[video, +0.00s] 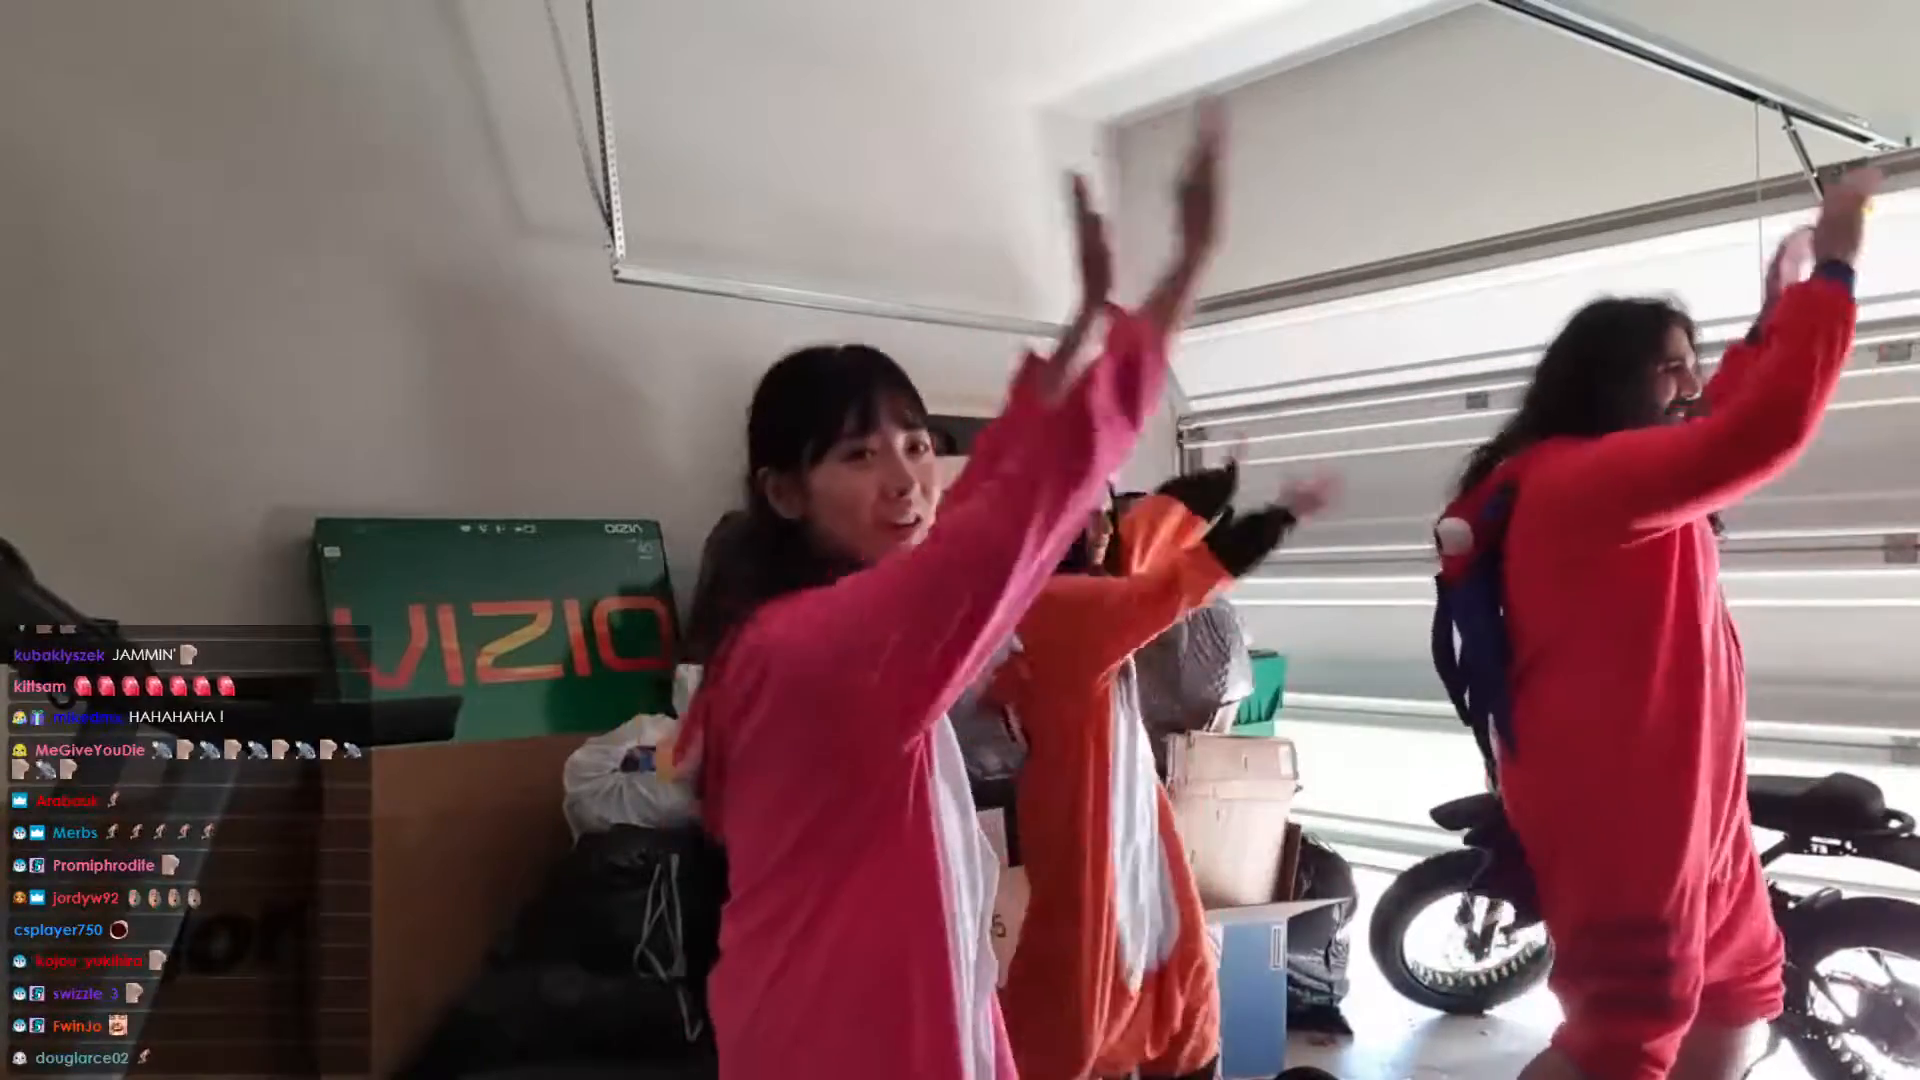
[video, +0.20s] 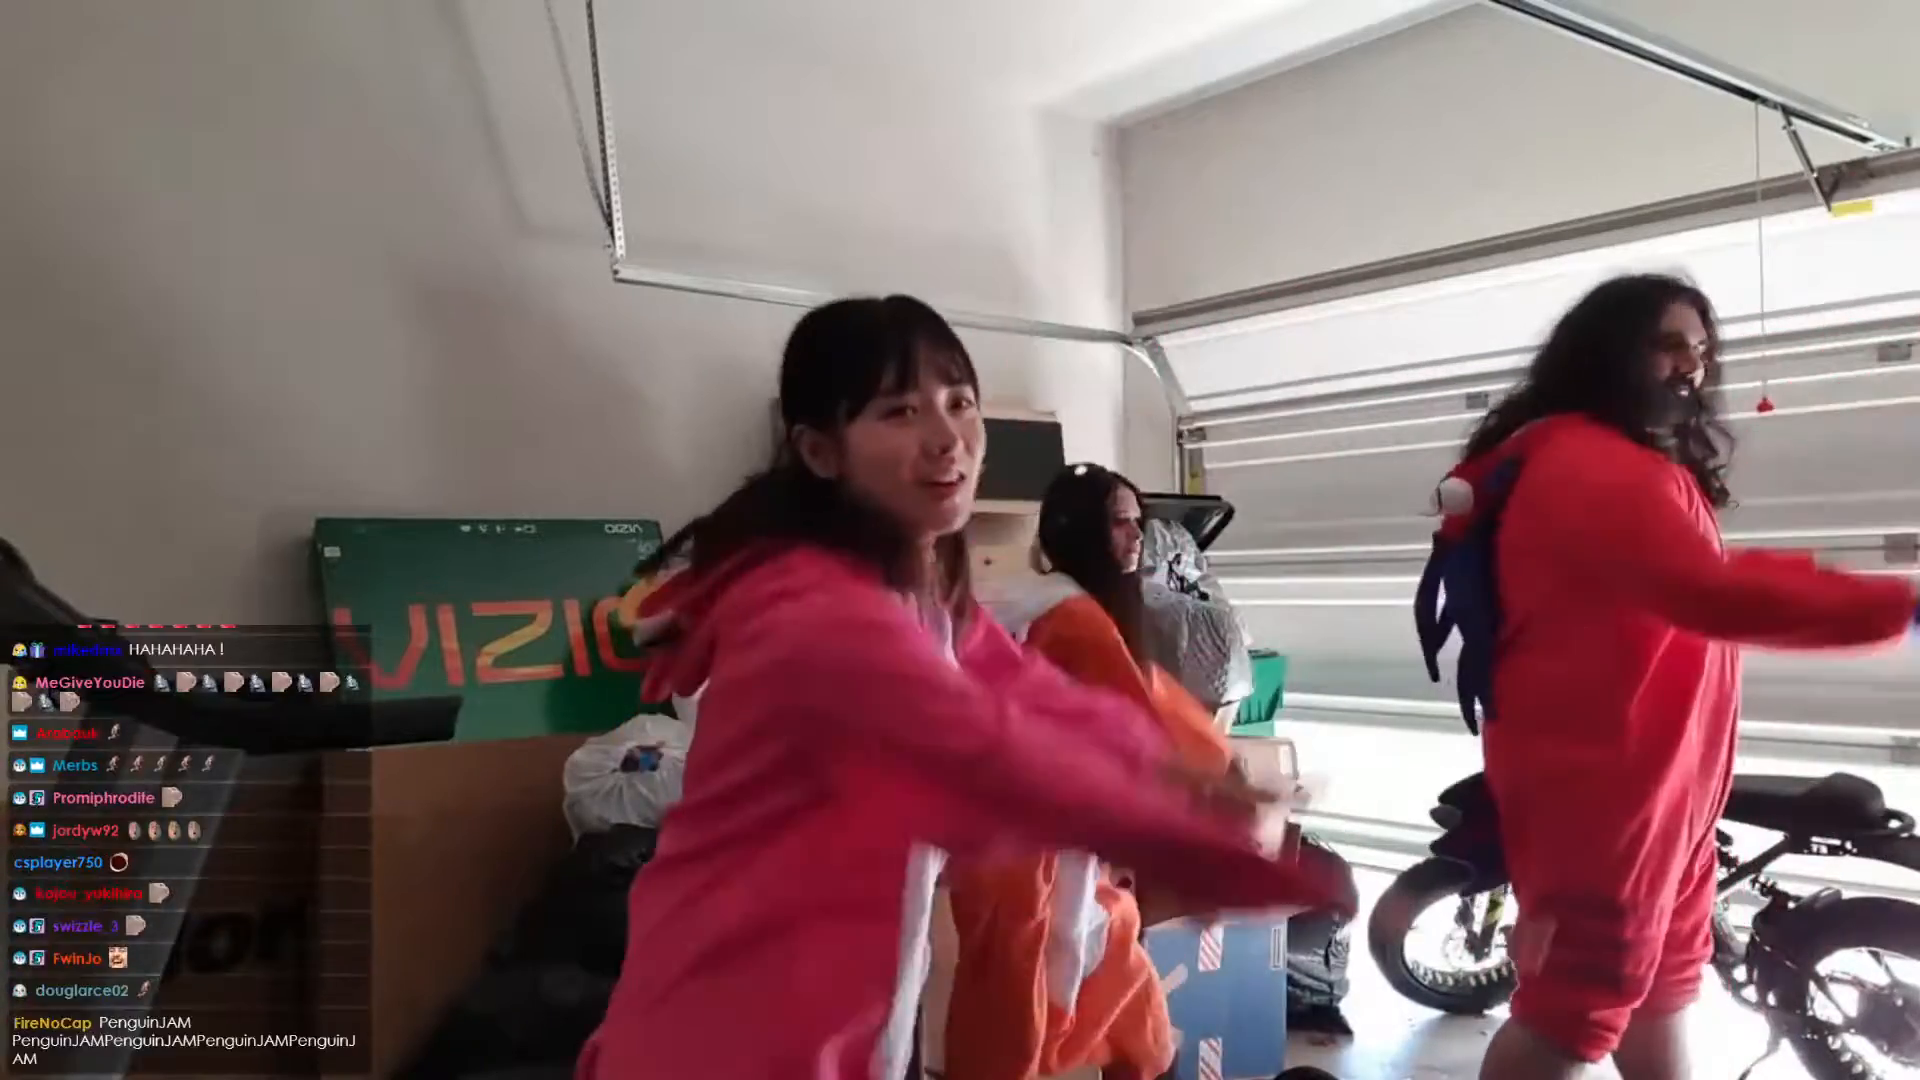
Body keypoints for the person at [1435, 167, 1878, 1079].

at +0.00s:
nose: (1694, 386)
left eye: (1693, 370)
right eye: (1674, 368)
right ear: (1613, 378)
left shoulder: (1637, 472)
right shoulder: (1572, 480)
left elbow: (1719, 429)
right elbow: (1759, 436)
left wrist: (1775, 319)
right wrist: (1837, 265)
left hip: (1693, 797)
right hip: (1617, 812)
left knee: (1736, 996)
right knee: (1629, 1030)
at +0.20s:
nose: (1690, 370)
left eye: (1701, 355)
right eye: (1668, 348)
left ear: (1710, 369)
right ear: (1609, 354)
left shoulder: (1651, 465)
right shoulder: (1580, 464)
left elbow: (1709, 576)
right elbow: (1704, 588)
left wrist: (1800, 575)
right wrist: (1900, 601)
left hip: (1666, 786)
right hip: (1593, 794)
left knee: (1663, 992)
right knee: (1571, 1013)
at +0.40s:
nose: (1698, 365)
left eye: (1709, 349)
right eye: (1672, 345)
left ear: (1719, 363)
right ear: (1620, 354)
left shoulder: (1651, 466)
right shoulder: (1595, 467)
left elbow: (1685, 641)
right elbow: (1617, 646)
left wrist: (1721, 772)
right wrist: (1701, 788)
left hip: (1645, 772)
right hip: (1583, 773)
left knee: (1643, 992)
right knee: (1558, 1006)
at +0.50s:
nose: (1651, 364)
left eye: (1662, 348)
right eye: (1627, 346)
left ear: (1678, 362)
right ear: (1577, 359)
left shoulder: (1635, 469)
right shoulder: (1562, 469)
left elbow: (1717, 573)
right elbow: (1695, 603)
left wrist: (1834, 632)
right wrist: (1864, 691)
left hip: (1664, 791)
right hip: (1584, 798)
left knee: (1657, 998)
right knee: (1562, 1016)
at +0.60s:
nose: (1633, 376)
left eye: (1645, 359)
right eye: (1607, 359)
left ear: (1662, 372)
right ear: (1553, 376)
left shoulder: (1620, 471)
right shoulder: (1552, 475)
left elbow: (1733, 488)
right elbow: (1739, 508)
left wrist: (1848, 449)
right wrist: (1906, 474)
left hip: (1673, 792)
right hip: (1590, 804)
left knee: (1704, 982)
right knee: (1591, 1025)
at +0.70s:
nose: (1636, 394)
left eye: (1648, 378)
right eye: (1609, 375)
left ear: (1663, 392)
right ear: (1557, 391)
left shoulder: (1625, 481)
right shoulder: (1543, 488)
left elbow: (1704, 460)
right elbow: (1735, 468)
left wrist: (1795, 375)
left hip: (1677, 791)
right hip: (1592, 807)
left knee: (1731, 992)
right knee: (1621, 1034)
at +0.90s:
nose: (1634, 370)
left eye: (1645, 351)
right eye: (1605, 353)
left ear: (1663, 367)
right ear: (1554, 373)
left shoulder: (1625, 469)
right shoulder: (1545, 474)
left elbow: (1728, 482)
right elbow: (1743, 499)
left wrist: (1825, 390)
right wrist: (1877, 367)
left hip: (1676, 791)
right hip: (1599, 805)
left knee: (1708, 988)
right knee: (1612, 1025)